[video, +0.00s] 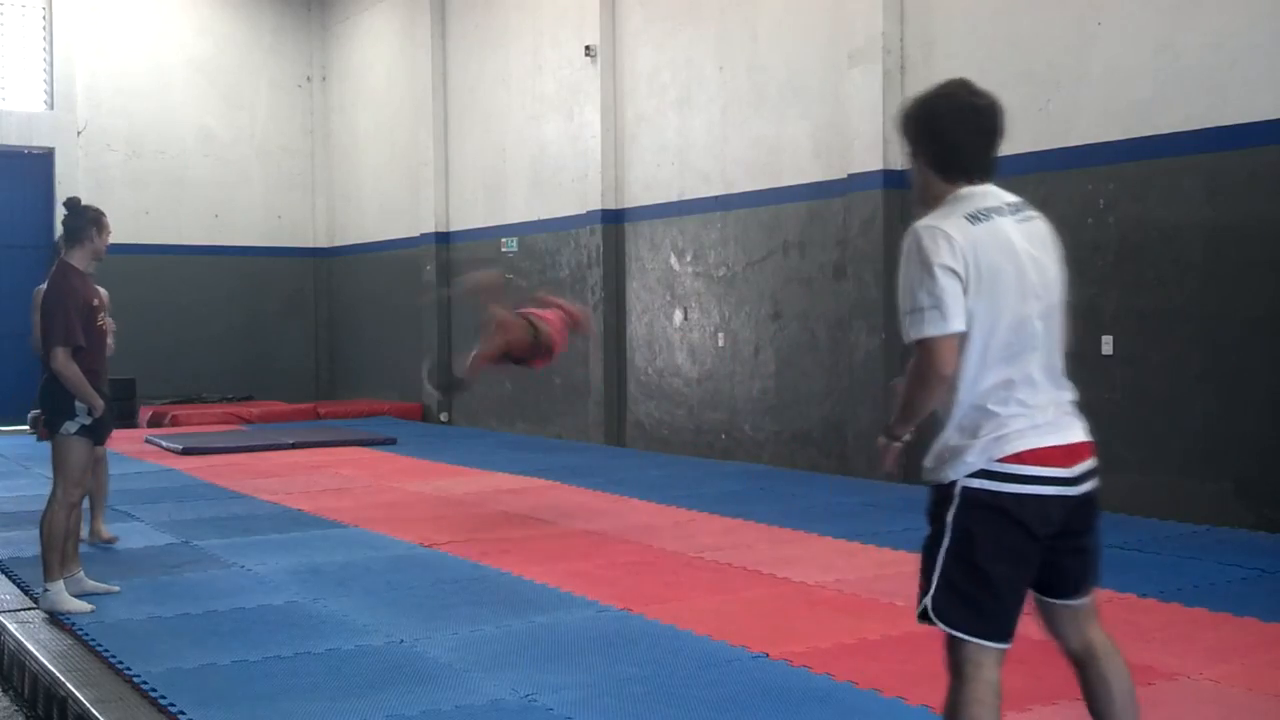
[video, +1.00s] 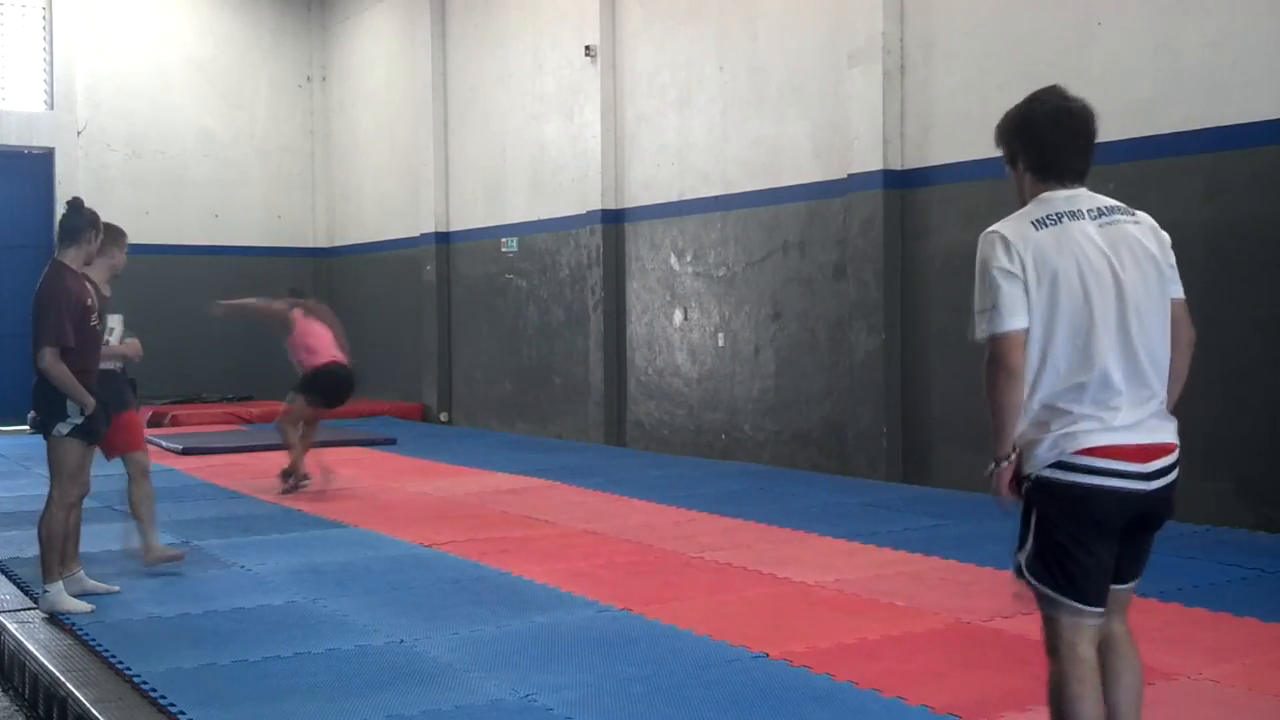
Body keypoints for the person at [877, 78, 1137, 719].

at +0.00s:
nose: (908, 163)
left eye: (911, 150)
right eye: (909, 150)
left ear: (924, 155)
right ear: (987, 148)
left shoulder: (935, 234)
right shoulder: (1035, 223)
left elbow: (939, 370)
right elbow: (1042, 341)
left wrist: (897, 433)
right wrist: (926, 387)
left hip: (991, 478)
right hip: (1071, 468)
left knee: (974, 666)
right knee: (1083, 631)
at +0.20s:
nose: (974, 163)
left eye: (976, 153)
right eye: (980, 151)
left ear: (983, 160)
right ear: (1051, 156)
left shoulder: (982, 241)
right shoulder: (1104, 232)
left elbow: (983, 367)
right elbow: (1137, 345)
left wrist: (950, 464)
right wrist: (1095, 409)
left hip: (1041, 483)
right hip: (1123, 475)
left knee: (1000, 656)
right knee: (1119, 639)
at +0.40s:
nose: (1014, 168)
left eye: (1014, 155)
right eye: (1015, 155)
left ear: (1027, 158)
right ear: (1093, 155)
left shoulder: (1017, 229)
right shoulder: (1141, 229)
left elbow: (1021, 348)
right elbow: (1173, 340)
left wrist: (1005, 456)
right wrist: (1171, 425)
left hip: (1062, 473)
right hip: (1145, 470)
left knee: (1007, 627)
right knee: (1138, 636)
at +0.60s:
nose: (1024, 161)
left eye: (1026, 149)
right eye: (1027, 149)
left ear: (1038, 154)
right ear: (1106, 156)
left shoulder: (1018, 228)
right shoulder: (1155, 232)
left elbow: (1009, 350)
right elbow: (1180, 348)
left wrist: (993, 449)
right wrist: (1178, 433)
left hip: (1061, 473)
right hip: (1145, 469)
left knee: (1050, 640)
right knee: (1134, 635)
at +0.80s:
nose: (1017, 161)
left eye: (1019, 149)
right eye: (1019, 149)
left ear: (1031, 154)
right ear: (1098, 152)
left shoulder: (1011, 233)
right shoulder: (1152, 231)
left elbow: (1003, 358)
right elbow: (1169, 354)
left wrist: (987, 455)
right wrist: (1146, 434)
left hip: (1058, 475)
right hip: (1146, 473)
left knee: (1066, 649)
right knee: (1121, 631)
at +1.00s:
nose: (1008, 174)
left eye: (1007, 161)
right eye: (1008, 160)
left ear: (1019, 162)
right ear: (1083, 154)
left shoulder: (1007, 240)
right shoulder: (1145, 229)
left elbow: (1007, 359)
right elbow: (1182, 339)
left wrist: (1004, 453)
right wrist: (1155, 420)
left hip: (1074, 477)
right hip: (1154, 471)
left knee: (1073, 641)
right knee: (1115, 618)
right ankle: (1125, 718)